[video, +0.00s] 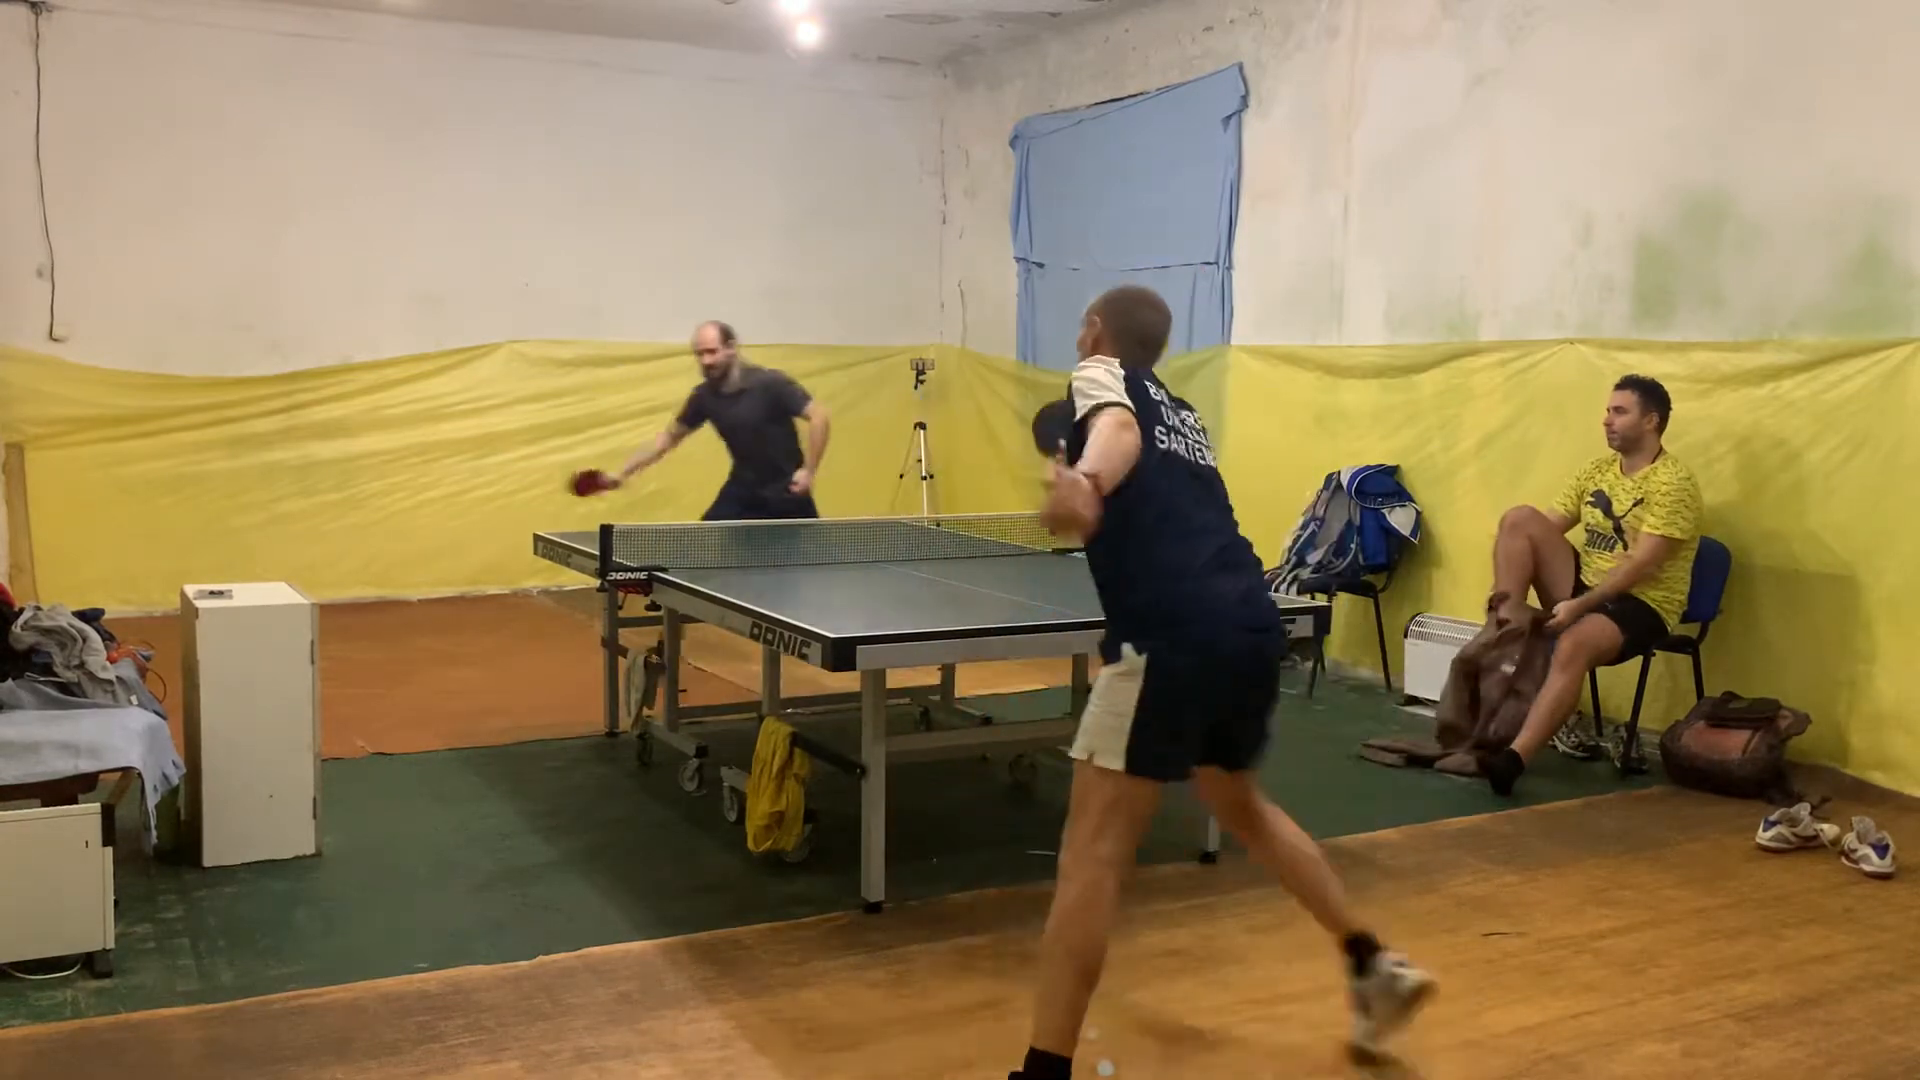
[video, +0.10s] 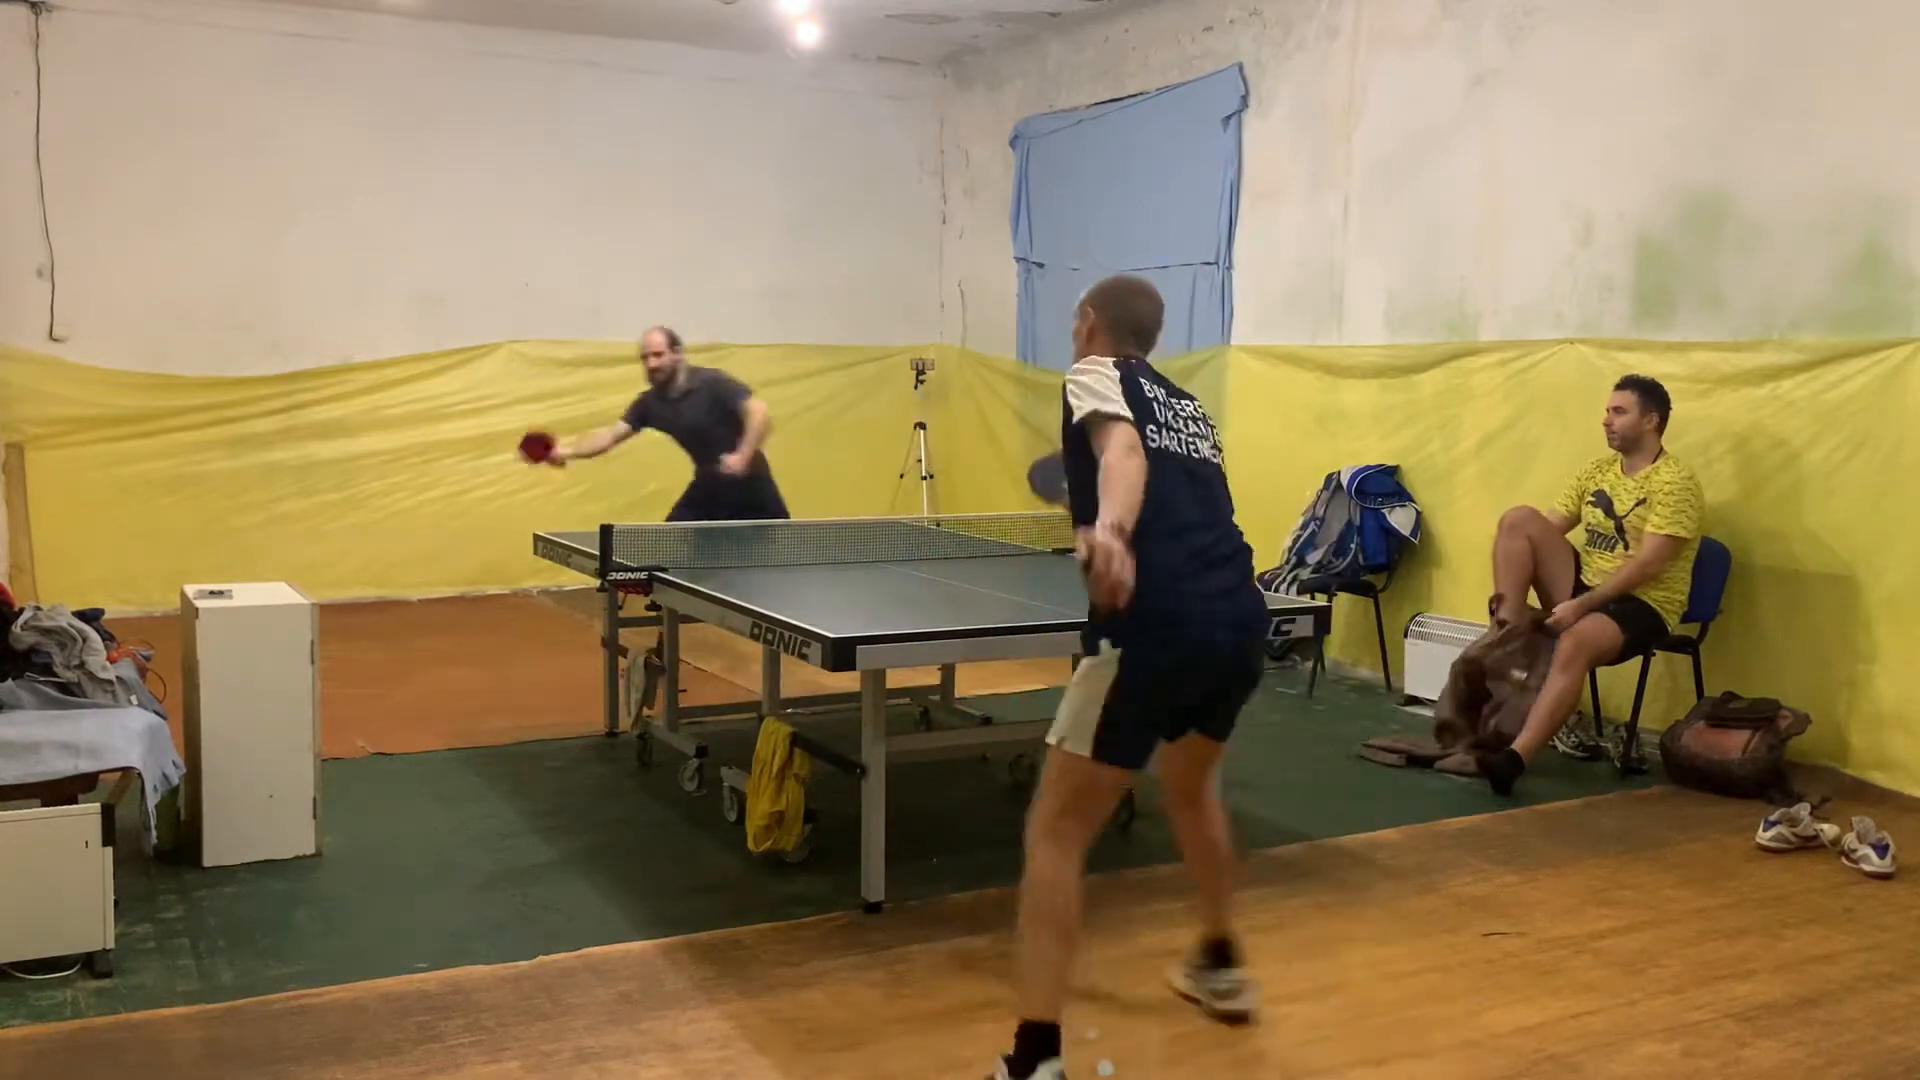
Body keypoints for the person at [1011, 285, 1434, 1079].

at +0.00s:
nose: (1078, 340)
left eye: (1082, 328)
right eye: (1084, 329)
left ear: (1095, 335)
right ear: (1152, 353)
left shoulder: (1098, 376)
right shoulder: (1181, 412)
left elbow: (1122, 429)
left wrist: (1087, 482)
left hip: (1164, 643)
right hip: (1252, 633)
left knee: (1093, 855)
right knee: (1237, 800)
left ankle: (1046, 1066)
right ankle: (1371, 961)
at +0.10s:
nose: (1073, 333)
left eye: (1076, 321)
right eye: (1077, 321)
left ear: (1089, 325)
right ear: (1151, 338)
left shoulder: (1092, 374)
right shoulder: (1182, 401)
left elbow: (1124, 448)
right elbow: (1195, 502)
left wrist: (1111, 524)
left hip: (1151, 628)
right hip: (1237, 623)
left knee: (1057, 830)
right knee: (1191, 783)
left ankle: (1036, 1052)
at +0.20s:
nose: (1076, 345)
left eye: (1079, 334)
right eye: (1082, 333)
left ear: (1094, 335)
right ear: (1150, 345)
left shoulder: (1095, 392)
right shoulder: (1196, 413)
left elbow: (1117, 494)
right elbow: (1206, 526)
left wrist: (1082, 606)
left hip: (1138, 633)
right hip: (1225, 635)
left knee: (1011, 806)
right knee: (1161, 779)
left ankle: (1025, 1002)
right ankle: (1206, 964)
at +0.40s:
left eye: (1087, 343)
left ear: (1086, 344)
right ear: (1159, 353)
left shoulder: (1048, 399)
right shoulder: (1200, 418)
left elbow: (1021, 517)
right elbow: (1231, 552)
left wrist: (986, 648)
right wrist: (1236, 617)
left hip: (1088, 649)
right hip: (1186, 646)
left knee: (995, 802)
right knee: (1178, 769)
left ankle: (955, 1003)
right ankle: (1210, 955)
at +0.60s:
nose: (1172, 341)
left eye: (1173, 328)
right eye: (1171, 327)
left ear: (1099, 314)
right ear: (1148, 315)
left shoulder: (1029, 389)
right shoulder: (1165, 381)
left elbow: (978, 517)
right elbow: (1215, 525)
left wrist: (961, 634)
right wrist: (1298, 515)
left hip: (1052, 634)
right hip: (1154, 632)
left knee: (1001, 799)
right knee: (1190, 781)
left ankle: (938, 975)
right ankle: (1200, 963)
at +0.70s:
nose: (1156, 312)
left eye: (1151, 302)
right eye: (1157, 302)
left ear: (1080, 300)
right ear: (1148, 304)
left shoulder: (1029, 374)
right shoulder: (1182, 379)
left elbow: (997, 526)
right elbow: (1201, 502)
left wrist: (1056, 544)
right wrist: (1127, 496)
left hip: (1053, 622)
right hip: (1150, 624)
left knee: (995, 786)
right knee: (1180, 782)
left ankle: (914, 967)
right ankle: (1200, 962)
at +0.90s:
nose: (1043, 321)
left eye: (1040, 307)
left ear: (1043, 312)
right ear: (1116, 326)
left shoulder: (1003, 390)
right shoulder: (1149, 405)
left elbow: (959, 534)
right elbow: (1158, 538)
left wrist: (978, 610)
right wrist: (1126, 606)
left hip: (1026, 649)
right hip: (1129, 645)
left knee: (957, 827)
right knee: (1152, 792)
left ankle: (927, 1017)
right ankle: (1196, 966)